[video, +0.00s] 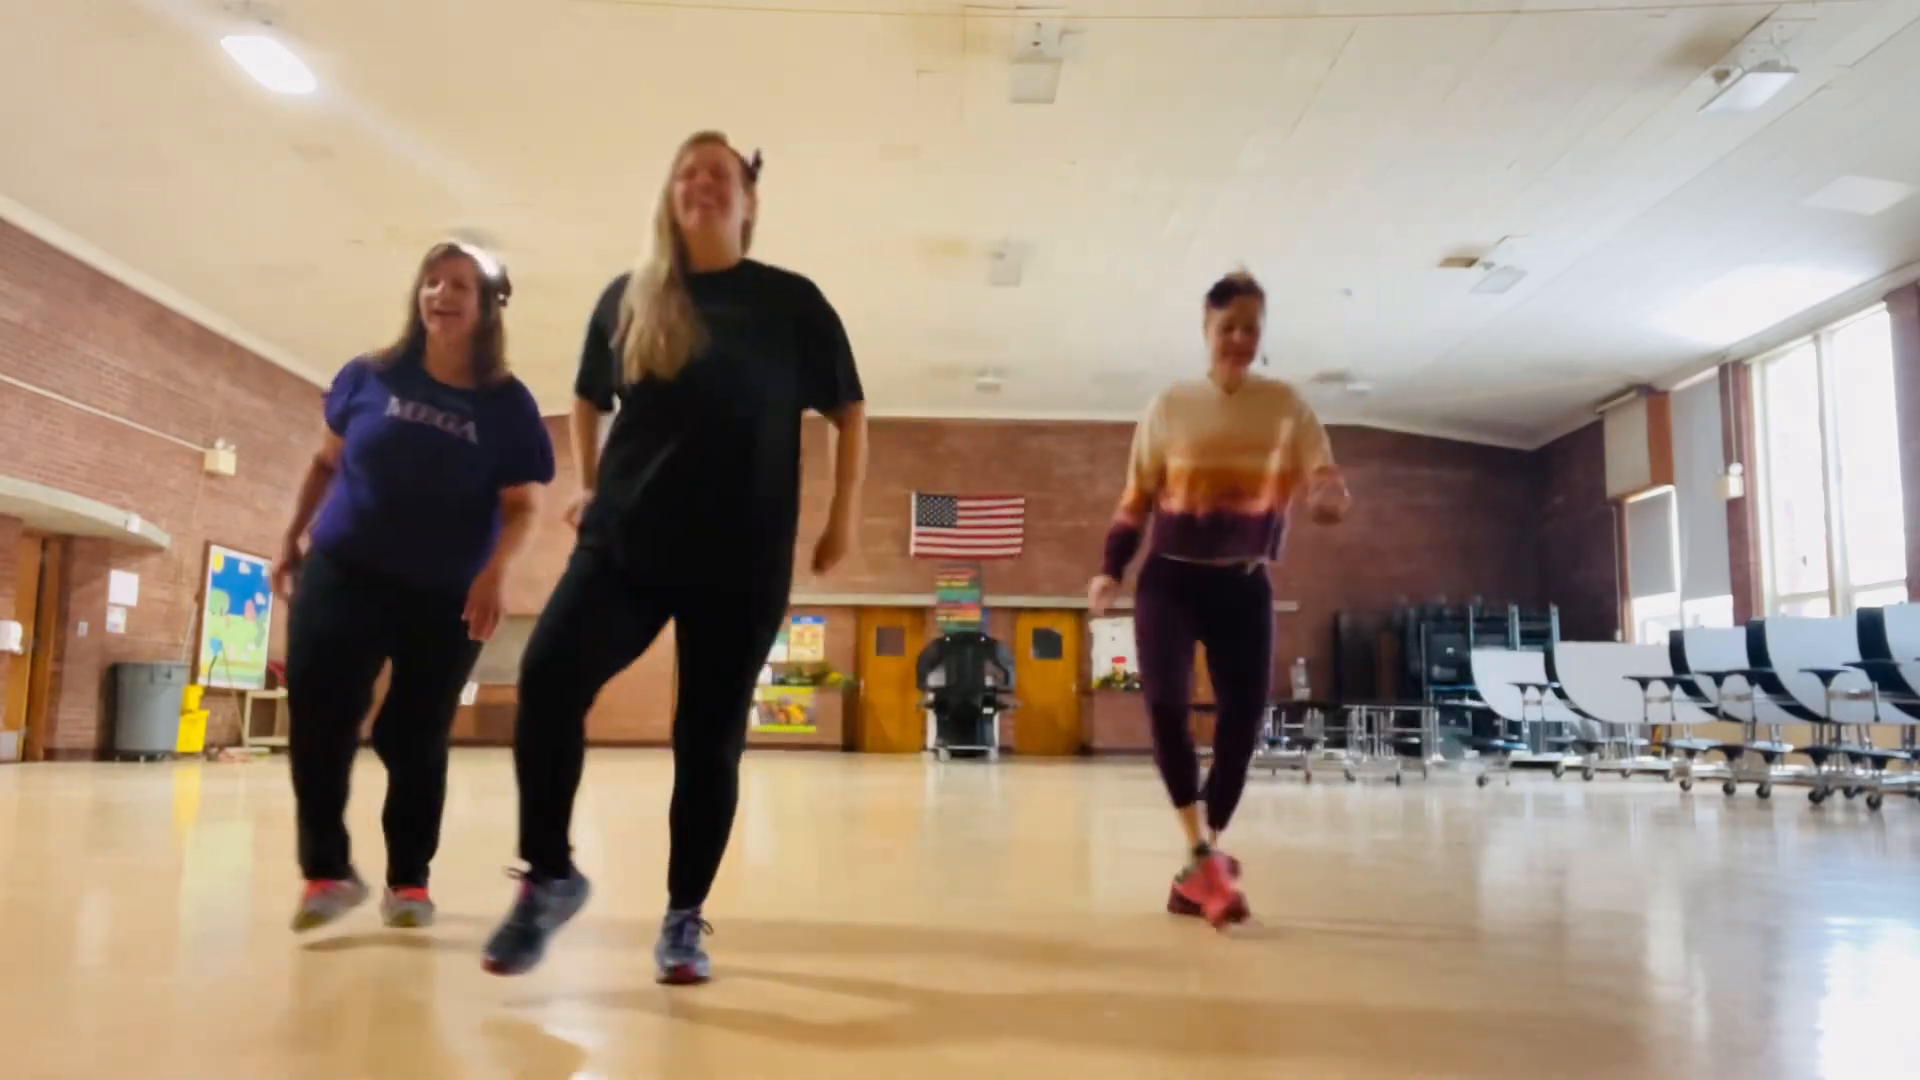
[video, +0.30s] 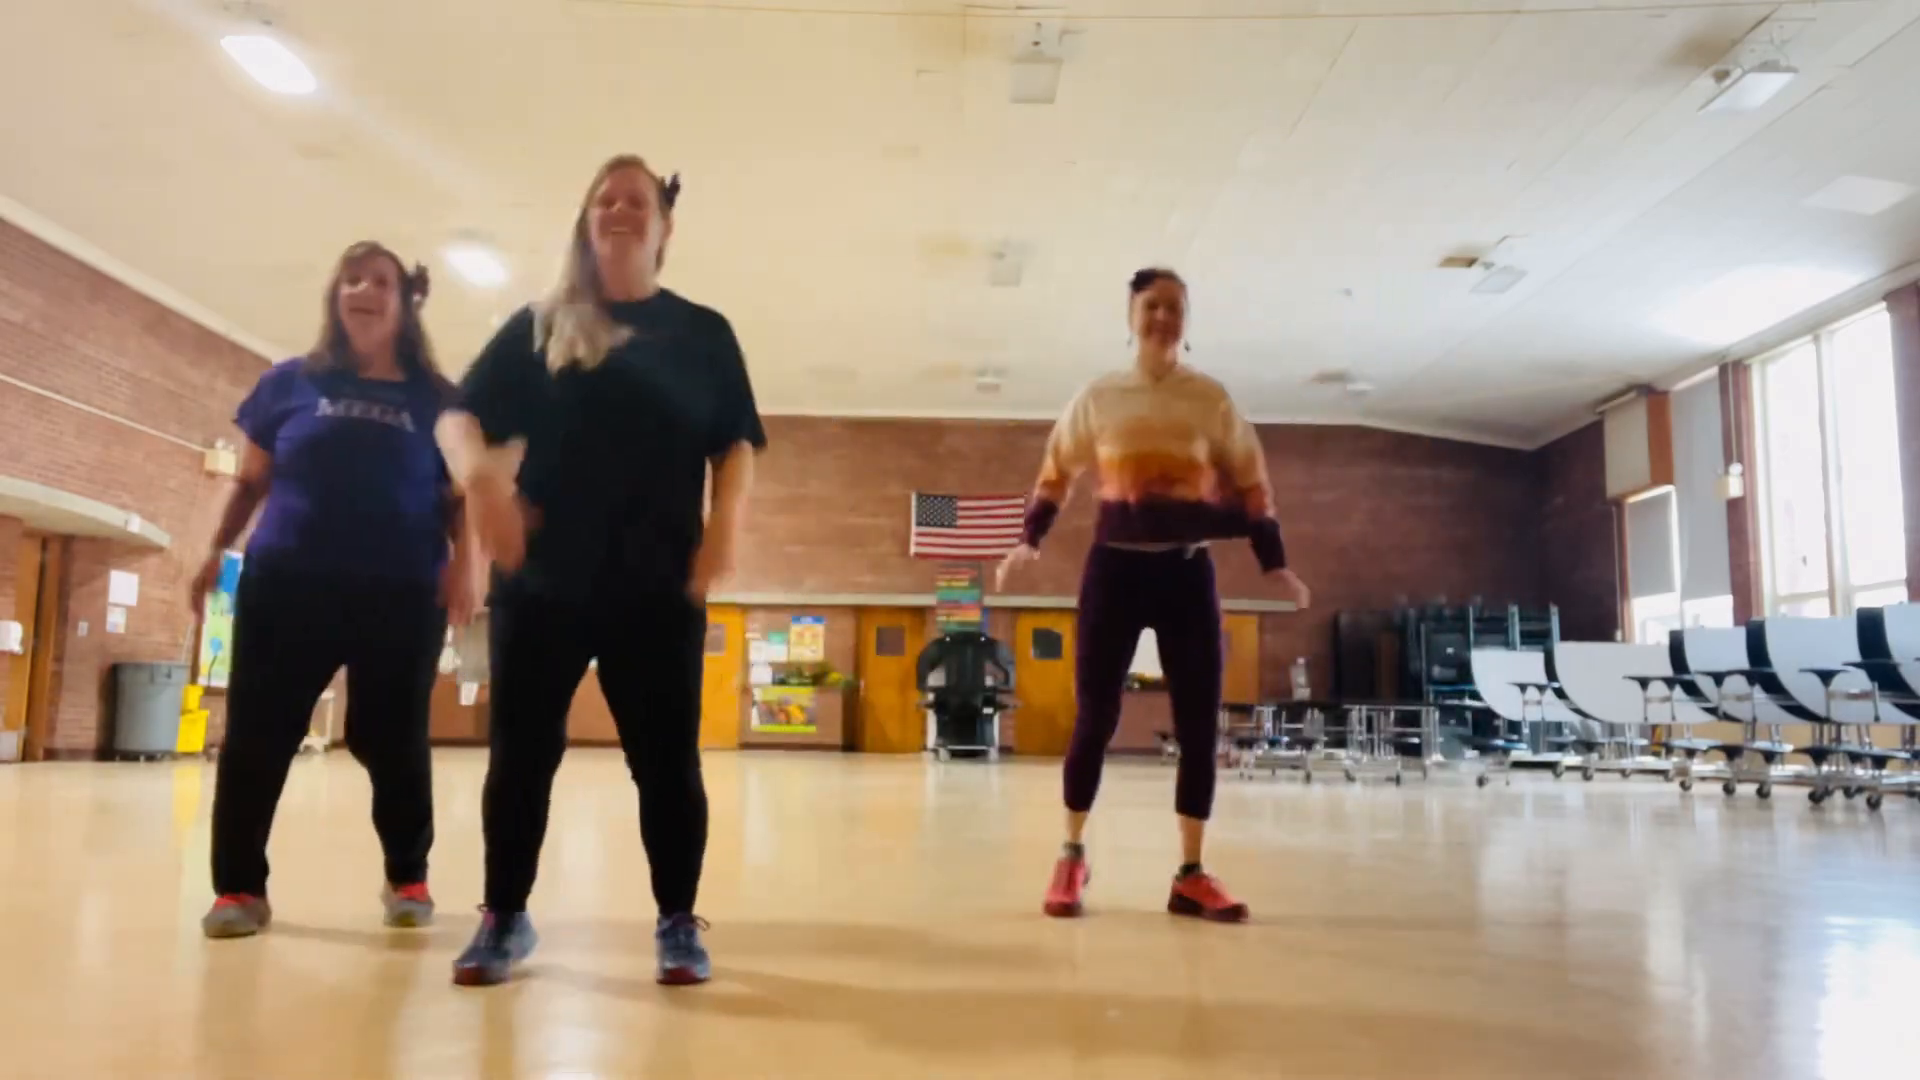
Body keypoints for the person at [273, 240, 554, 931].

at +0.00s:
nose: (441, 293)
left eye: (459, 286)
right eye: (433, 281)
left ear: (489, 306)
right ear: (417, 295)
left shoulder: (507, 403)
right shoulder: (368, 375)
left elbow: (521, 505)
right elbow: (326, 462)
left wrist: (493, 574)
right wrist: (293, 540)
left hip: (443, 594)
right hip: (345, 574)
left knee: (414, 737)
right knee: (316, 718)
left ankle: (408, 880)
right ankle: (328, 875)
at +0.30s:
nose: (364, 290)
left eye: (379, 282)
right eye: (352, 280)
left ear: (405, 303)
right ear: (332, 297)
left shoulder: (436, 397)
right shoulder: (287, 382)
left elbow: (458, 492)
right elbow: (249, 482)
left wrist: (465, 565)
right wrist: (214, 555)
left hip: (396, 594)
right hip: (288, 586)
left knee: (395, 740)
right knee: (256, 738)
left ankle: (408, 878)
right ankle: (240, 891)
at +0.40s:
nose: (337, 284)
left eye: (352, 276)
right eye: (325, 274)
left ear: (377, 296)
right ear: (305, 293)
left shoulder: (411, 386)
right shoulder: (267, 376)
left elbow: (456, 484)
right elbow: (214, 465)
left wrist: (460, 466)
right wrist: (195, 448)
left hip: (386, 584)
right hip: (277, 579)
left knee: (390, 728)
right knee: (252, 735)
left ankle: (408, 864)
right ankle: (239, 890)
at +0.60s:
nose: (312, 281)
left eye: (327, 271)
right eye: (298, 272)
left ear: (353, 291)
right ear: (281, 293)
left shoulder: (389, 370)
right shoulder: (251, 371)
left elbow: (430, 462)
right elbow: (188, 448)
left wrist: (420, 378)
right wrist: (197, 358)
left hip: (371, 575)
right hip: (265, 573)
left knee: (356, 730)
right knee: (247, 735)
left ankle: (354, 881)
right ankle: (239, 890)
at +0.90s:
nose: (331, 279)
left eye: (344, 269)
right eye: (315, 270)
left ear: (365, 287)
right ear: (294, 291)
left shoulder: (404, 373)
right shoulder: (262, 378)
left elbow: (448, 474)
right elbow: (202, 473)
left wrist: (402, 453)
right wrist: (208, 418)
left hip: (398, 570)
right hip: (288, 571)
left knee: (422, 714)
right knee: (258, 729)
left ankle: (436, 866)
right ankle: (239, 889)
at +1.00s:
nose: (357, 284)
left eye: (370, 274)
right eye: (344, 274)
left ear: (394, 293)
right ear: (320, 293)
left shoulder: (430, 382)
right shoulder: (282, 379)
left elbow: (465, 479)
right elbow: (224, 461)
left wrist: (472, 524)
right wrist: (172, 482)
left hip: (415, 574)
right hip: (301, 576)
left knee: (453, 721)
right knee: (265, 734)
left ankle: (496, 869)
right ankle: (239, 891)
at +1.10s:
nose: (398, 298)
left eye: (412, 288)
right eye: (385, 288)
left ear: (436, 306)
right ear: (362, 303)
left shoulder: (462, 397)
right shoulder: (317, 388)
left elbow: (501, 490)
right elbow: (265, 472)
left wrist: (539, 544)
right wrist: (195, 550)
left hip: (438, 591)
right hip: (322, 586)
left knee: (477, 732)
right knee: (272, 734)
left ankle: (527, 878)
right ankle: (238, 890)